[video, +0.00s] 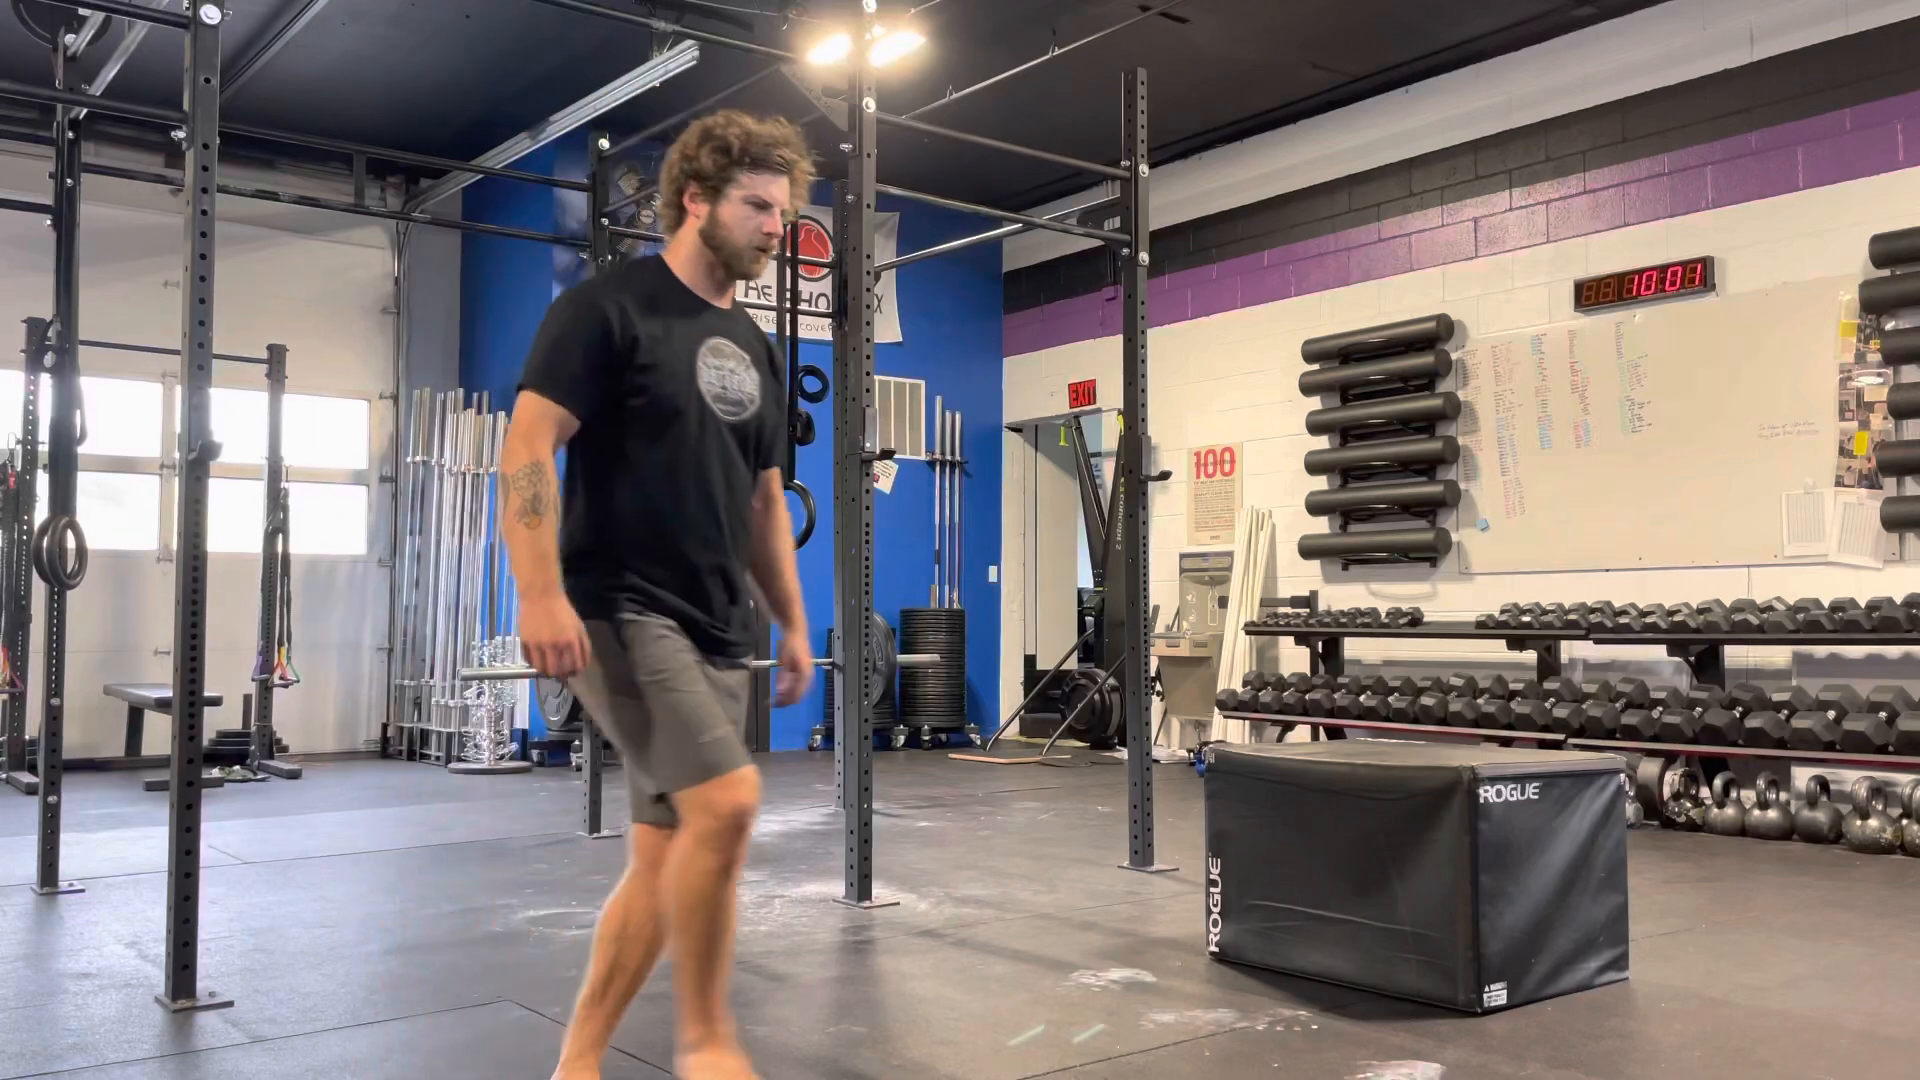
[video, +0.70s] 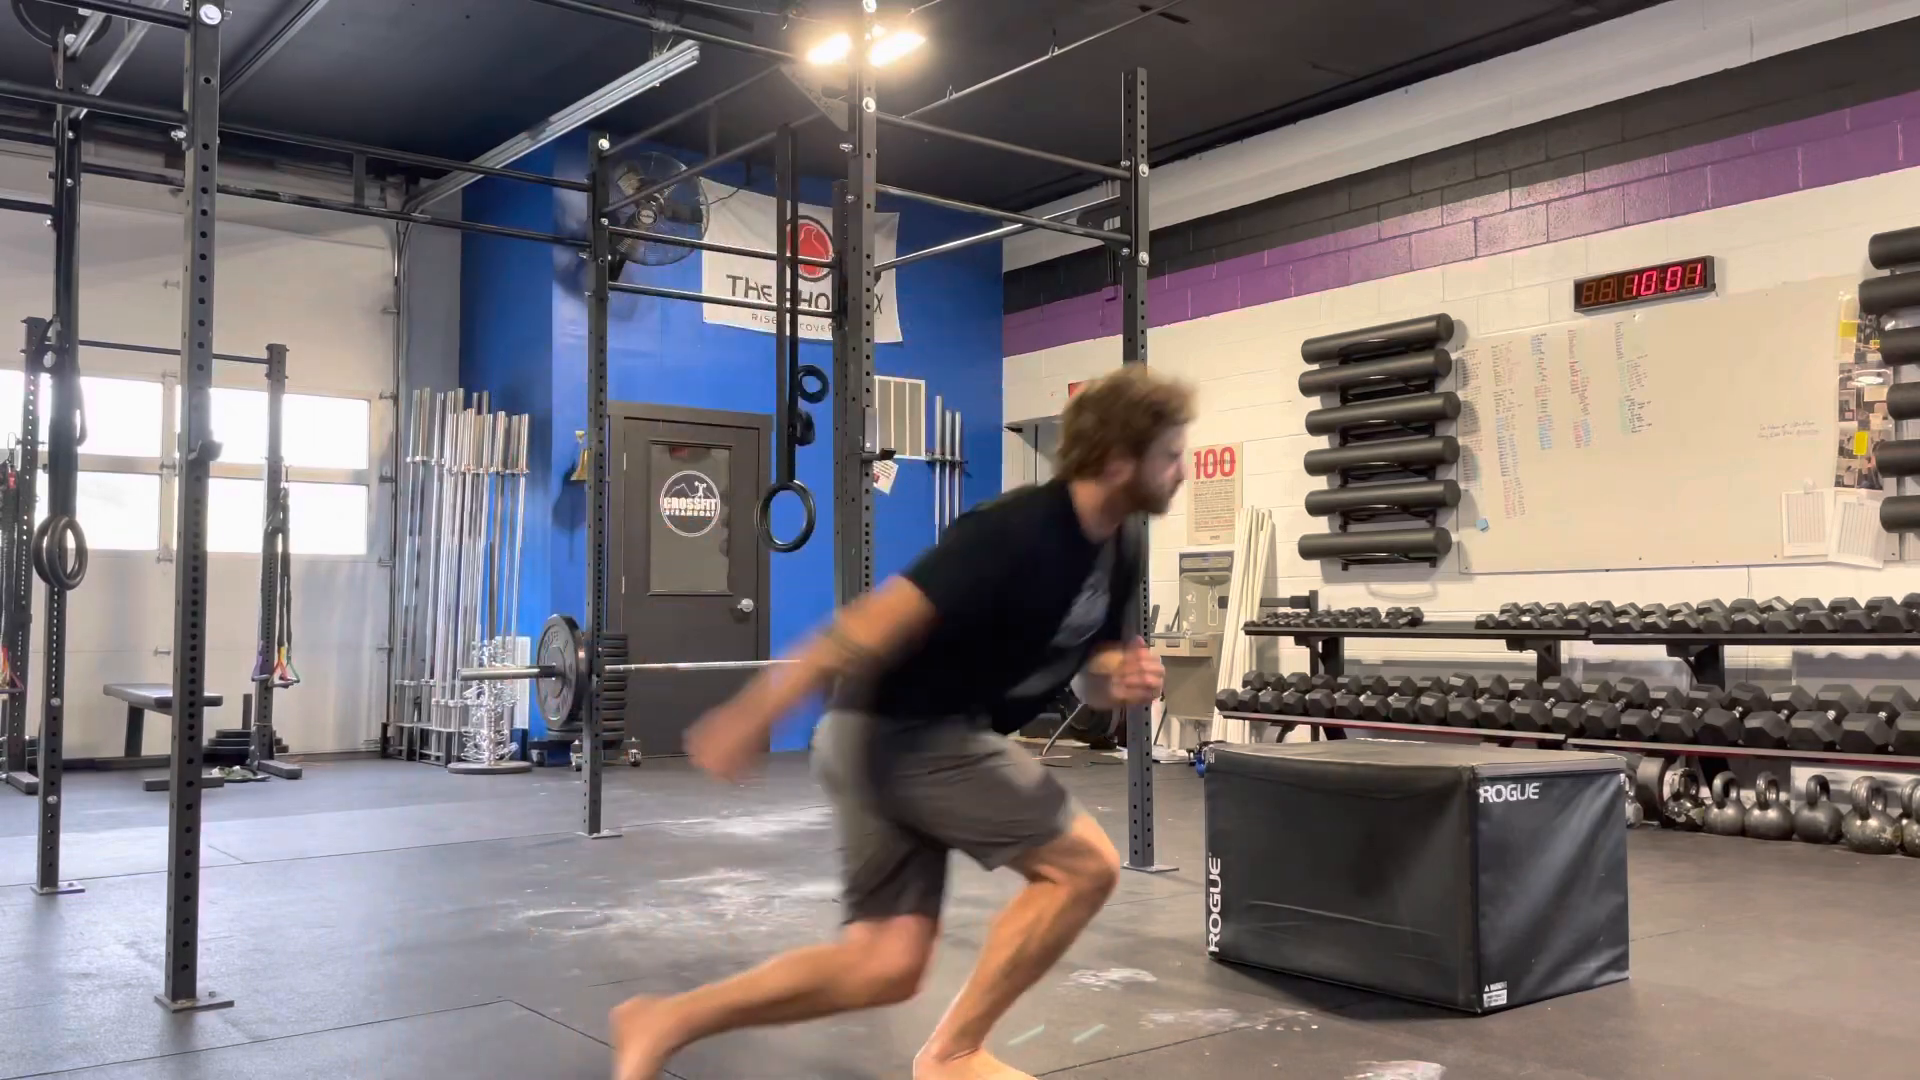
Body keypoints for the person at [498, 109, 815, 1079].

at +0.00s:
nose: (776, 226)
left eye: (783, 211)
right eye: (758, 205)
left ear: (779, 220)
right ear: (695, 202)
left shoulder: (756, 348)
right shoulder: (604, 306)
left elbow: (766, 495)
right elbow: (524, 450)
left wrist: (793, 620)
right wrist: (538, 595)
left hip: (723, 621)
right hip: (623, 605)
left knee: (661, 861)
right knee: (726, 798)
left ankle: (578, 1058)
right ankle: (706, 1043)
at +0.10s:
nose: (812, 243)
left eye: (818, 227)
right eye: (793, 222)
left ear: (816, 232)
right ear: (727, 219)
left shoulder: (789, 363)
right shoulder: (637, 318)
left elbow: (803, 505)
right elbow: (545, 450)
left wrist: (847, 608)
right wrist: (525, 604)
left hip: (738, 629)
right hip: (648, 619)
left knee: (697, 859)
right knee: (795, 796)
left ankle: (579, 1057)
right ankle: (818, 1024)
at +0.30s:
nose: (897, 333)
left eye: (904, 315)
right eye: (877, 311)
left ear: (908, 320)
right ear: (814, 313)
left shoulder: (884, 442)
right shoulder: (729, 414)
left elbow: (912, 569)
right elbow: (592, 516)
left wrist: (953, 619)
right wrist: (571, 661)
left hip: (807, 701)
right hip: (732, 697)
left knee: (799, 921)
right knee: (917, 841)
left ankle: (590, 1051)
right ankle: (937, 1053)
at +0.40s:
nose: (957, 415)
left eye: (964, 397)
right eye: (938, 394)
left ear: (970, 402)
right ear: (875, 398)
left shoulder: (952, 512)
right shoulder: (795, 478)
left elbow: (986, 623)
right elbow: (641, 550)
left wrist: (1014, 672)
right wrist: (603, 692)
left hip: (841, 757)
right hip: (764, 748)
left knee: (843, 972)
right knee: (966, 844)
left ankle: (612, 1043)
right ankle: (943, 1053)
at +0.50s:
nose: (1028, 481)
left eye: (1034, 464)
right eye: (1010, 462)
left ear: (1039, 466)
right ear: (946, 463)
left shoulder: (1016, 577)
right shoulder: (858, 524)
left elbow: (1069, 678)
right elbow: (701, 545)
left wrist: (1088, 714)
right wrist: (598, 662)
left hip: (853, 792)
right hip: (791, 777)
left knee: (853, 1007)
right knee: (1001, 848)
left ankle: (619, 1040)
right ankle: (948, 1052)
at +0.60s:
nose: (1112, 510)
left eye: (1115, 494)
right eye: (1096, 492)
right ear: (1034, 492)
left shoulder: (1072, 602)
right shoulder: (933, 544)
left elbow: (1110, 712)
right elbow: (772, 561)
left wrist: (1133, 707)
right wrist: (638, 639)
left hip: (864, 784)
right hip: (825, 764)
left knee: (848, 1005)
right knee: (1042, 852)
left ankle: (614, 1041)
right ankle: (952, 1054)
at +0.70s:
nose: (1185, 471)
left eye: (1185, 456)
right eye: (1172, 456)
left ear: (1127, 462)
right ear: (1120, 459)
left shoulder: (1119, 548)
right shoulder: (1014, 532)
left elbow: (1094, 667)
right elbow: (861, 629)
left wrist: (1121, 681)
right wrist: (747, 718)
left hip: (916, 734)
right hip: (903, 731)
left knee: (887, 965)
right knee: (1083, 868)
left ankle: (658, 1023)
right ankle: (951, 1052)